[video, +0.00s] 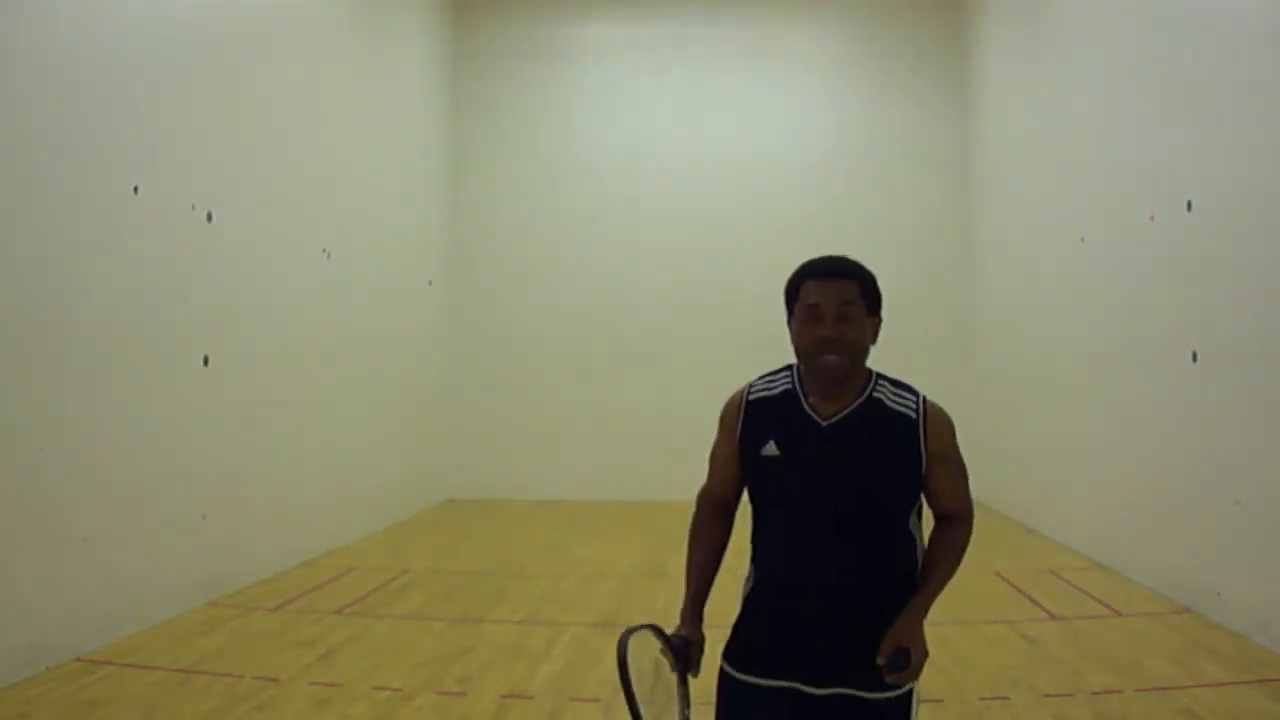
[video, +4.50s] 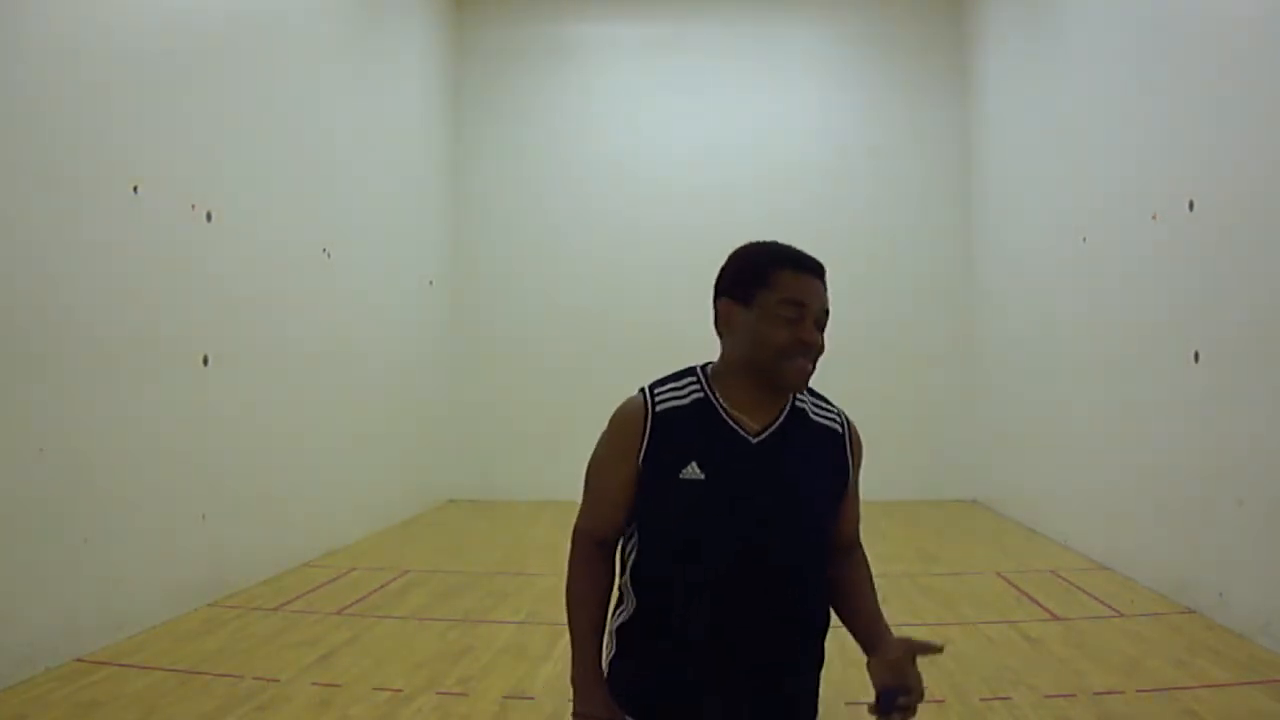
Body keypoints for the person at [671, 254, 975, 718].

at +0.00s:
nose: (829, 332)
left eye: (845, 318)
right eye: (813, 317)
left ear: (874, 328)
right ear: (790, 327)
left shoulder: (921, 423)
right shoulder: (749, 412)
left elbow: (955, 520)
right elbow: (716, 506)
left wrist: (914, 615)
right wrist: (691, 616)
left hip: (873, 664)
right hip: (768, 656)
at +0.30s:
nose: (759, 313)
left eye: (776, 300)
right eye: (743, 302)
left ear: (808, 319)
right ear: (726, 322)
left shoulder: (855, 415)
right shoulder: (695, 412)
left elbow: (900, 515)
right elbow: (675, 513)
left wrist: (863, 604)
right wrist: (650, 615)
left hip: (813, 670)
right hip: (710, 662)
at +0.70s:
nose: (717, 330)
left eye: (730, 317)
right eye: (699, 317)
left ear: (746, 324)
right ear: (664, 326)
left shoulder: (794, 410)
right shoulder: (628, 424)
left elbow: (831, 505)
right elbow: (604, 525)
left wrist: (816, 591)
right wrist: (588, 635)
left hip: (781, 669)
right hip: (673, 672)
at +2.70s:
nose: (701, 308)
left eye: (718, 299)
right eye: (684, 299)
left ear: (743, 327)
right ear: (661, 326)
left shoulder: (791, 416)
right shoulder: (624, 419)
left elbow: (820, 516)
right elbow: (608, 524)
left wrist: (799, 615)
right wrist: (584, 635)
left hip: (760, 671)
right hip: (655, 669)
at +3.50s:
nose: (697, 367)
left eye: (718, 350)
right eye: (680, 349)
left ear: (751, 359)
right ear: (658, 357)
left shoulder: (805, 447)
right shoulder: (629, 436)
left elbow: (851, 541)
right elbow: (625, 521)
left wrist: (825, 656)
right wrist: (600, 635)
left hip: (778, 687)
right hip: (675, 683)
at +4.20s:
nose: (765, 397)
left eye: (788, 377)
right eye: (746, 372)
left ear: (814, 382)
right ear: (712, 367)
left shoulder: (853, 482)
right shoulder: (652, 442)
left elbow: (869, 579)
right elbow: (631, 532)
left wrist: (845, 699)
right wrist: (608, 651)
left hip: (791, 696)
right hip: (677, 689)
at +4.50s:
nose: (813, 339)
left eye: (820, 324)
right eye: (792, 317)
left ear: (827, 331)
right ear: (727, 315)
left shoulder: (835, 439)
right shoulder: (649, 420)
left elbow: (842, 552)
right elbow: (594, 544)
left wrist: (881, 644)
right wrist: (588, 684)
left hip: (780, 698)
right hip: (659, 694)